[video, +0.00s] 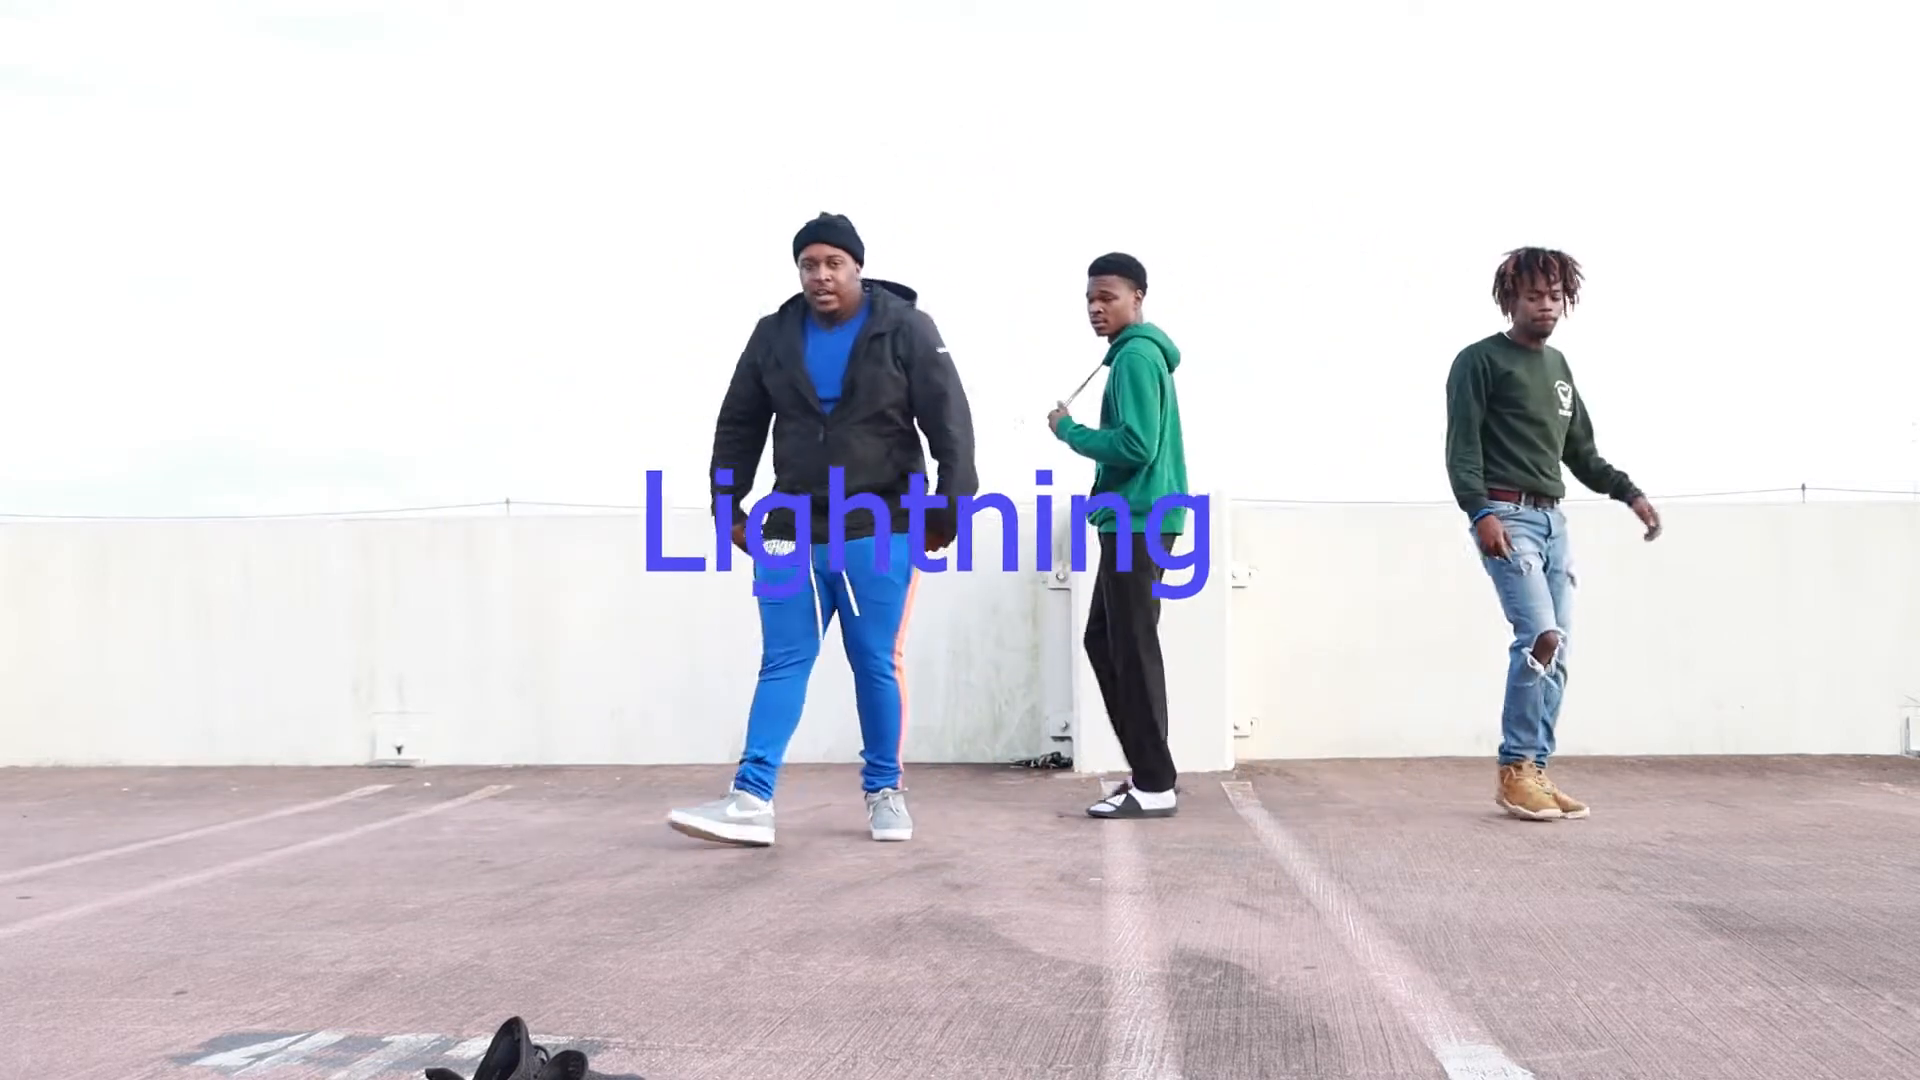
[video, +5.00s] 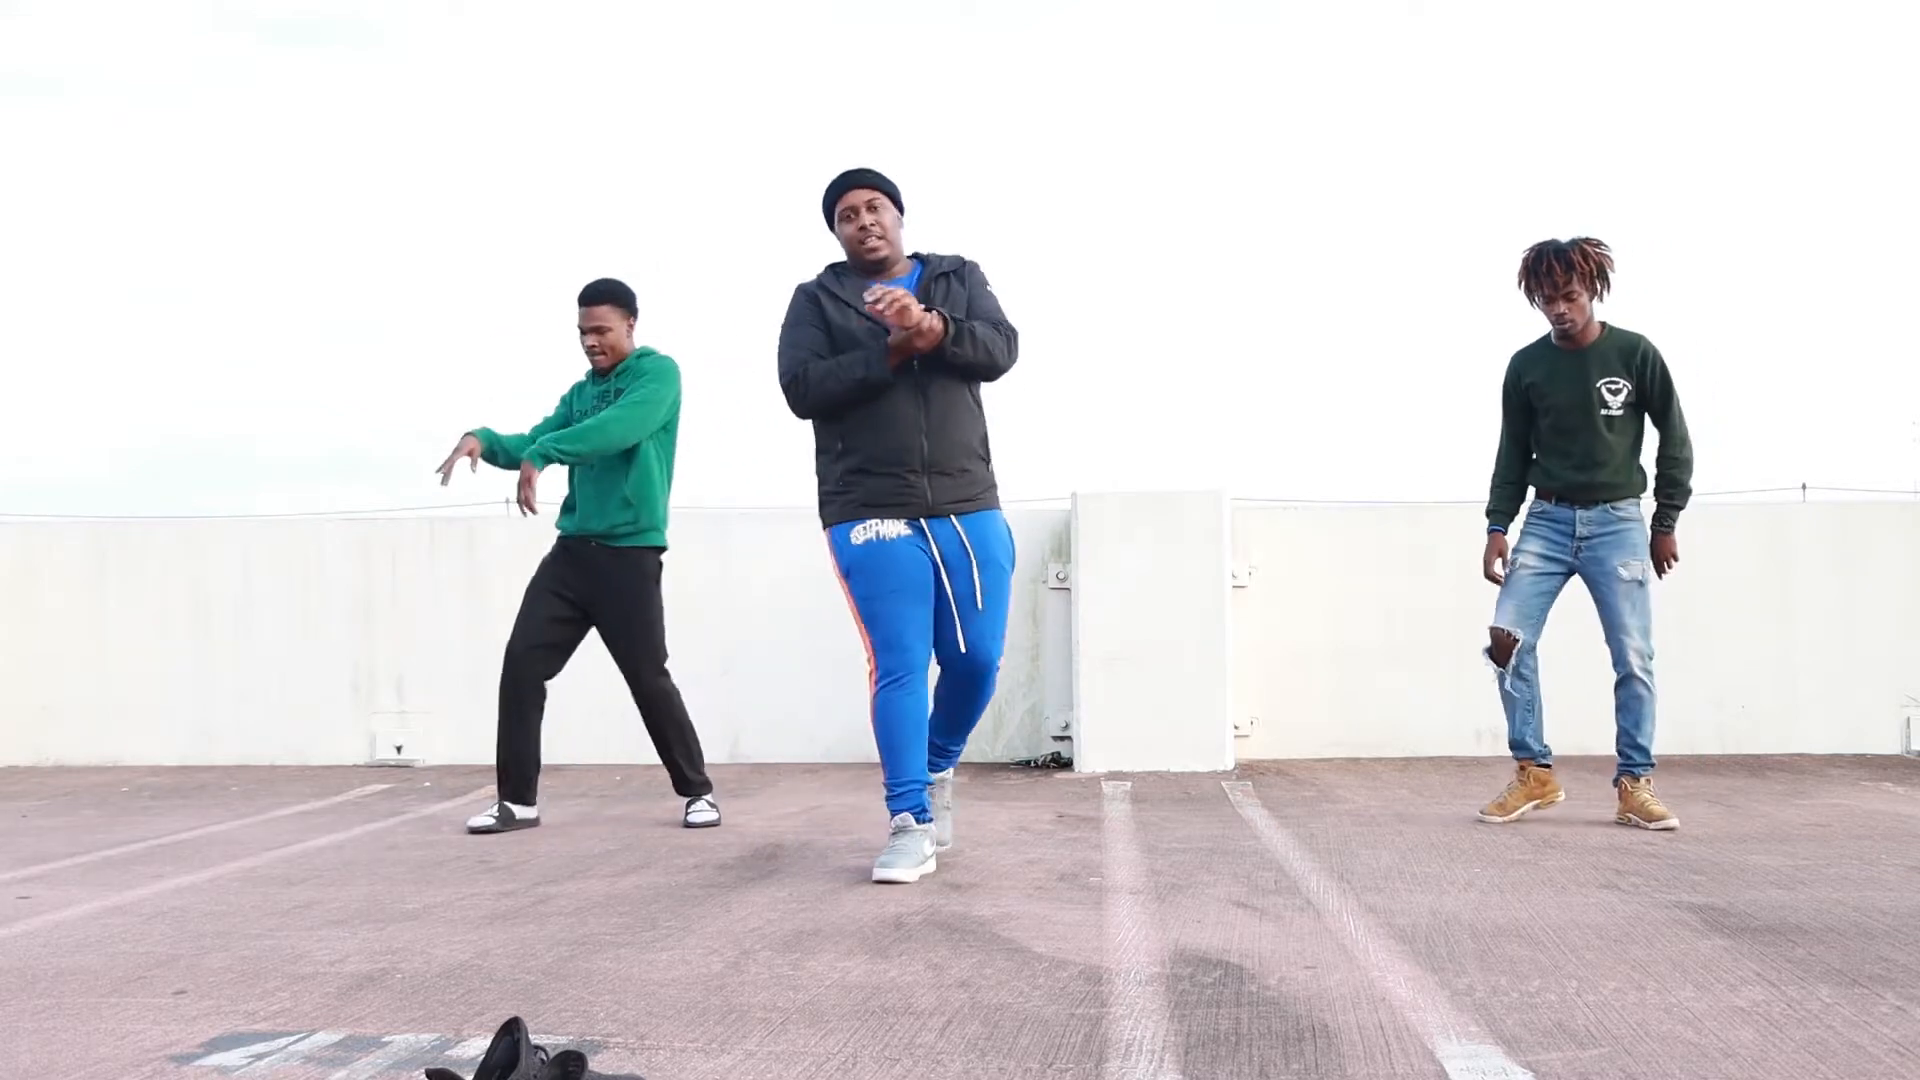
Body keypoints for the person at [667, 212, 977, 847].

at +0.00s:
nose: (820, 277)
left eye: (833, 264)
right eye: (809, 266)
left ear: (859, 267)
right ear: (799, 274)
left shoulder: (904, 328)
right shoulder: (774, 334)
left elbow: (950, 417)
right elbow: (739, 422)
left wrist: (953, 503)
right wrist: (727, 501)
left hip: (879, 521)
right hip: (792, 524)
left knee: (875, 661)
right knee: (782, 660)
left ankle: (884, 791)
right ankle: (752, 797)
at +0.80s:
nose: (887, 319)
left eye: (898, 307)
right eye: (875, 307)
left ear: (912, 303)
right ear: (852, 301)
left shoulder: (943, 352)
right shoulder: (814, 351)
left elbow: (1001, 420)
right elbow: (762, 413)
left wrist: (1065, 490)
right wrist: (722, 487)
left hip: (906, 528)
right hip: (825, 530)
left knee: (895, 649)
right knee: (839, 663)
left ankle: (896, 784)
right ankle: (852, 784)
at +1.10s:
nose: (892, 292)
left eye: (902, 281)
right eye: (879, 280)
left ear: (917, 282)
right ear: (858, 280)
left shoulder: (948, 333)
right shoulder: (819, 331)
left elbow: (1024, 366)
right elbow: (752, 363)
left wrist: (1105, 395)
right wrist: (680, 391)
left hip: (921, 525)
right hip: (835, 526)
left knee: (917, 648)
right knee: (848, 662)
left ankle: (926, 788)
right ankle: (854, 787)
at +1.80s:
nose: (911, 255)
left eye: (922, 247)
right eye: (898, 245)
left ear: (936, 261)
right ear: (875, 256)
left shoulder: (969, 315)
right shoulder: (835, 307)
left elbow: (1036, 331)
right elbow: (765, 340)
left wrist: (1096, 312)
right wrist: (732, 316)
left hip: (941, 508)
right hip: (853, 506)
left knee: (933, 661)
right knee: (860, 654)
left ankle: (925, 798)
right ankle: (850, 804)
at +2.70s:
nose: (915, 286)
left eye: (927, 274)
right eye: (903, 275)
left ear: (947, 267)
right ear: (887, 269)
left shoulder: (986, 314)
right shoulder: (854, 314)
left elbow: (1052, 374)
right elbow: (785, 378)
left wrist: (1041, 387)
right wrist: (817, 379)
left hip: (955, 509)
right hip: (869, 505)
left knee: (941, 655)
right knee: (869, 643)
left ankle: (925, 796)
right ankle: (855, 791)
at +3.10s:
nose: (910, 276)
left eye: (919, 265)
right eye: (897, 267)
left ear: (932, 266)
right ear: (873, 269)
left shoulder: (964, 317)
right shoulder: (841, 317)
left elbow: (984, 396)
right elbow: (827, 389)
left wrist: (954, 329)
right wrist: (906, 372)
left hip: (942, 514)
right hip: (856, 516)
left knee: (932, 656)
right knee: (861, 659)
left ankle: (925, 793)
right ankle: (867, 783)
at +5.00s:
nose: (865, 220)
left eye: (874, 208)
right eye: (850, 216)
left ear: (900, 216)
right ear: (836, 236)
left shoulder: (956, 277)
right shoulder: (817, 300)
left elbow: (999, 350)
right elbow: (803, 391)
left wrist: (938, 331)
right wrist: (892, 349)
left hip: (966, 497)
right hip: (870, 504)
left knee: (978, 659)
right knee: (900, 662)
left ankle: (935, 767)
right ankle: (909, 823)